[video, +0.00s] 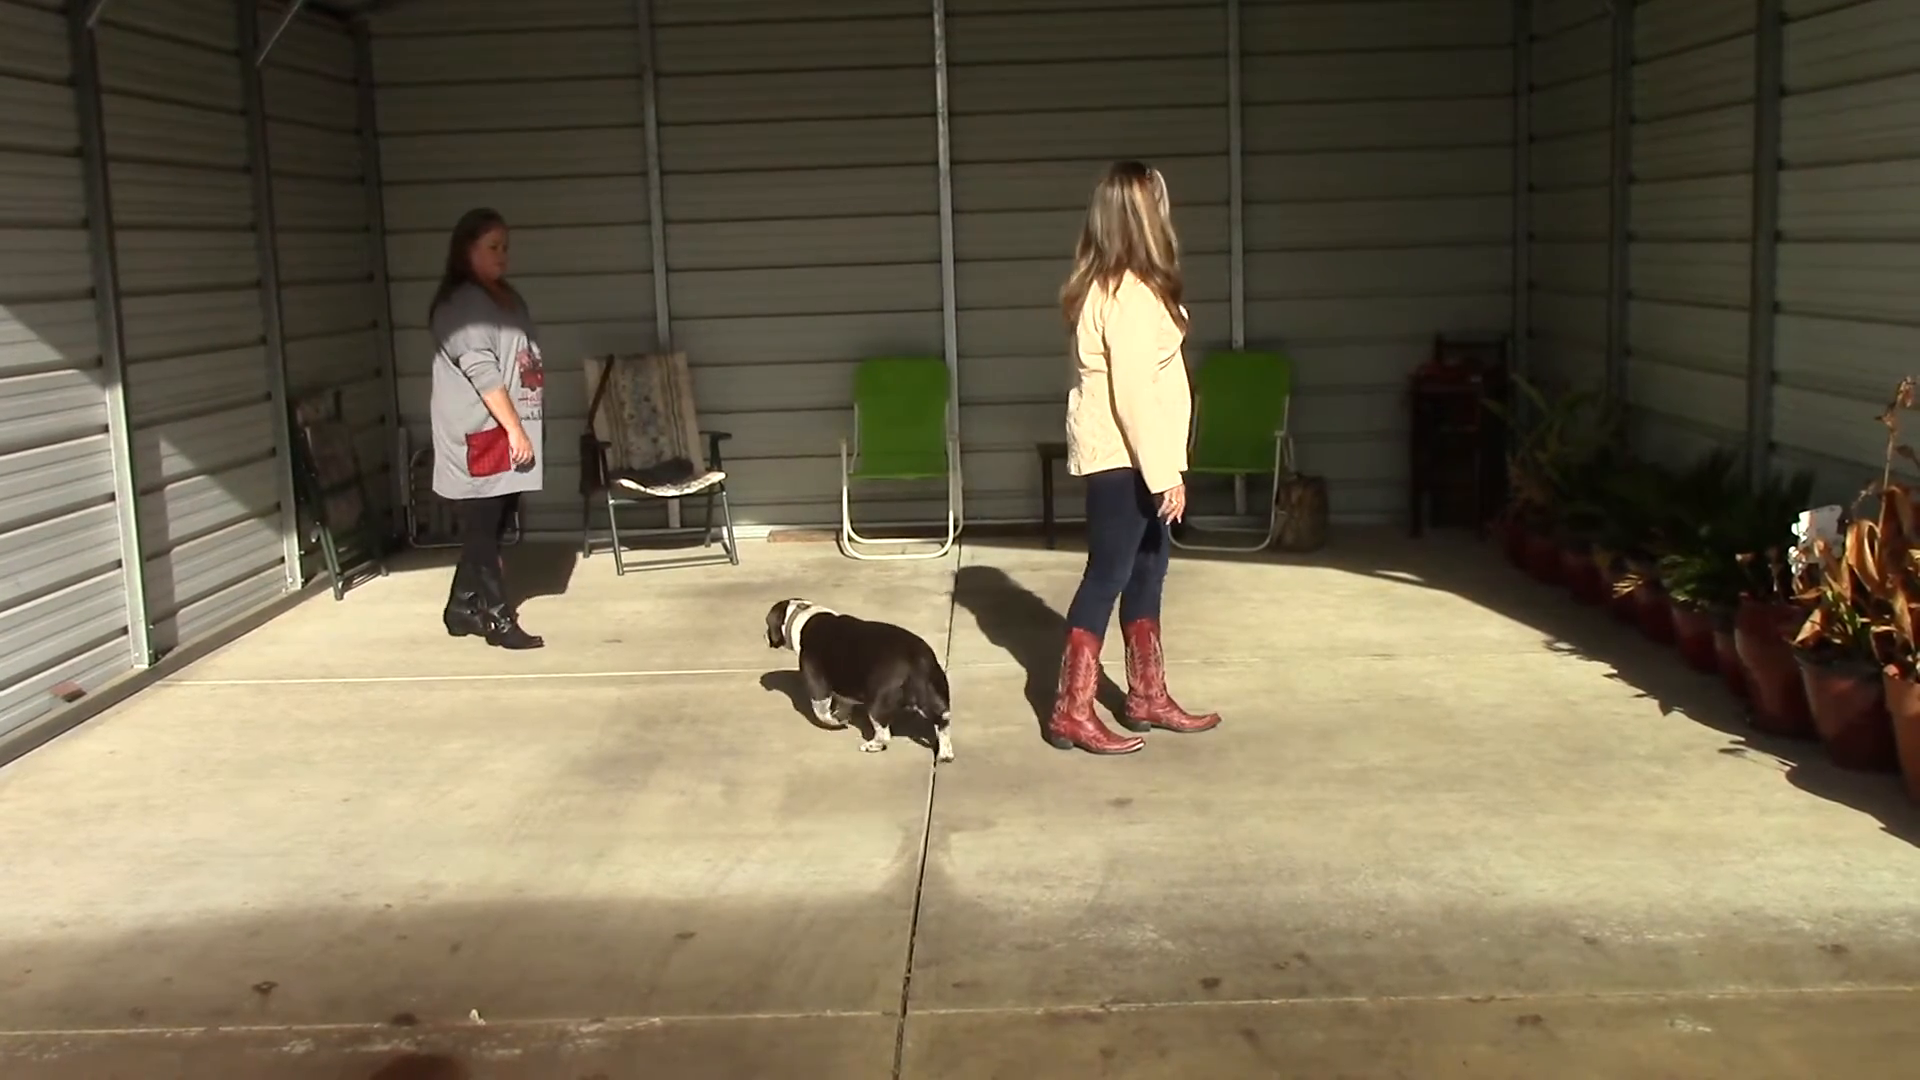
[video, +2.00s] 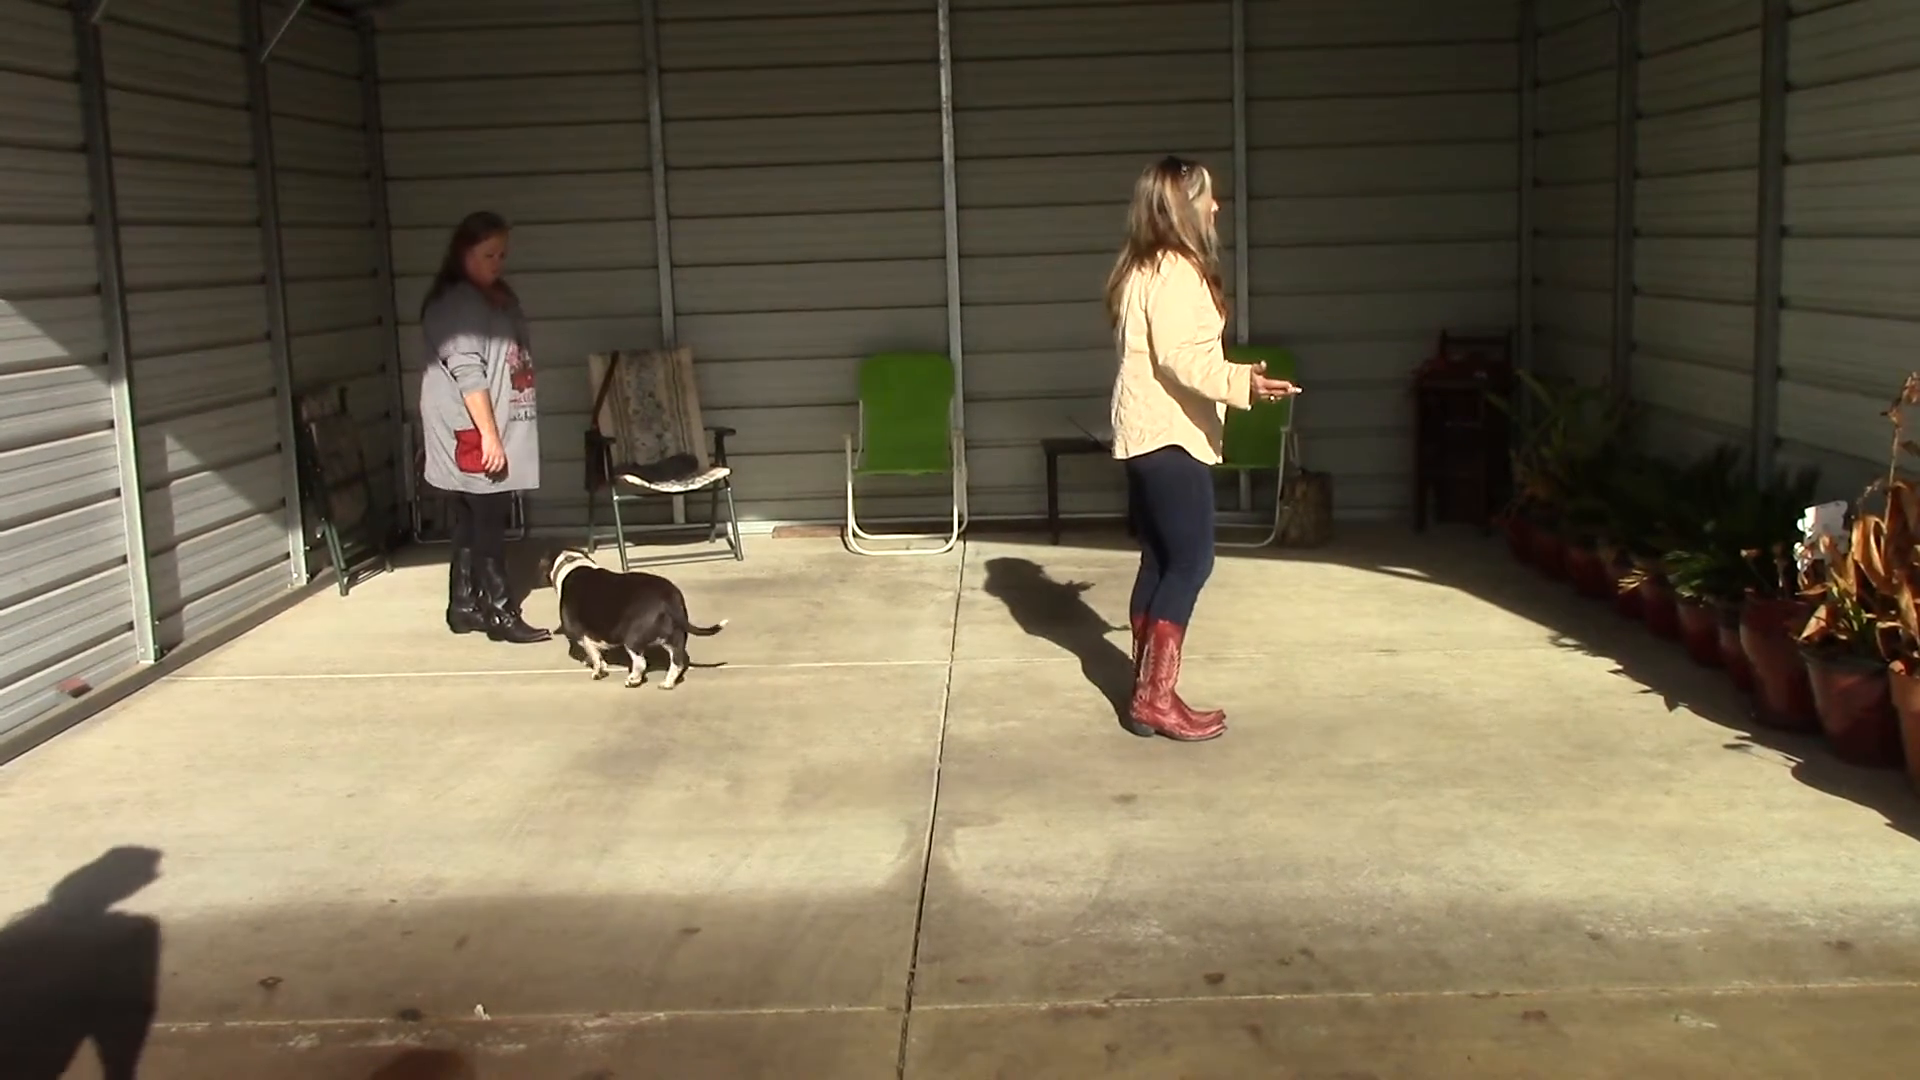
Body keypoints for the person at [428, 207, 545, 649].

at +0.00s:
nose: (502, 255)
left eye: (504, 247)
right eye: (493, 247)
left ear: (505, 251)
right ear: (467, 251)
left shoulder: (506, 298)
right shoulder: (461, 306)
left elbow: (515, 364)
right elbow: (483, 375)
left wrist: (522, 419)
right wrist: (514, 428)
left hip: (501, 429)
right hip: (472, 433)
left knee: (492, 517)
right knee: (482, 521)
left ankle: (463, 603)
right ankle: (497, 615)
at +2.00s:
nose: (497, 265)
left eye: (501, 256)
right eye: (489, 256)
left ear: (503, 256)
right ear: (465, 255)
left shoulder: (497, 300)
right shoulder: (455, 305)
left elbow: (502, 367)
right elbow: (468, 377)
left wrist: (509, 429)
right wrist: (489, 435)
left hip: (485, 429)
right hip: (469, 432)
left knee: (471, 515)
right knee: (489, 517)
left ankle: (464, 604)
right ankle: (497, 610)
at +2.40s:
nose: (534, 303)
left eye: (539, 295)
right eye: (526, 294)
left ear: (543, 293)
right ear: (501, 292)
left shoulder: (528, 330)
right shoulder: (489, 333)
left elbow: (524, 398)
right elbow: (490, 407)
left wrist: (512, 452)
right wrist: (512, 470)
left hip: (479, 422)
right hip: (447, 421)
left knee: (480, 509)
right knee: (490, 509)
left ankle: (464, 603)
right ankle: (499, 610)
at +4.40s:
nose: (577, 340)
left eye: (582, 333)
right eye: (571, 331)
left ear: (587, 328)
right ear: (549, 321)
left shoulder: (530, 343)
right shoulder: (530, 362)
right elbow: (512, 435)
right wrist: (517, 501)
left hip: (450, 409)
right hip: (450, 416)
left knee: (480, 507)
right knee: (496, 508)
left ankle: (465, 604)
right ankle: (502, 611)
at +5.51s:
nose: (572, 300)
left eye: (576, 291)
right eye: (563, 291)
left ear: (580, 291)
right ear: (541, 290)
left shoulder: (566, 332)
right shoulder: (518, 336)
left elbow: (553, 393)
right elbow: (513, 407)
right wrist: (530, 464)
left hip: (515, 419)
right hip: (477, 419)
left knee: (516, 507)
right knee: (505, 509)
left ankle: (512, 605)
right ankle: (500, 611)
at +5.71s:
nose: (569, 272)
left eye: (572, 264)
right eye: (560, 264)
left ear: (577, 266)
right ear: (536, 268)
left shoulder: (568, 311)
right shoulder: (525, 324)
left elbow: (564, 378)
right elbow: (522, 395)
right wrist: (535, 451)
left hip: (547, 429)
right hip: (509, 432)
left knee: (549, 517)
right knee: (516, 521)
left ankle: (548, 603)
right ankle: (509, 608)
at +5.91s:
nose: (566, 255)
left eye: (567, 247)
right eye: (556, 249)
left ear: (571, 249)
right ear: (534, 253)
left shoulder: (572, 293)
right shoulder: (522, 303)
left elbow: (579, 351)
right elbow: (538, 372)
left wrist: (593, 394)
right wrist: (567, 427)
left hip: (556, 408)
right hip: (521, 413)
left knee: (556, 504)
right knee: (531, 508)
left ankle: (552, 593)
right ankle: (522, 598)